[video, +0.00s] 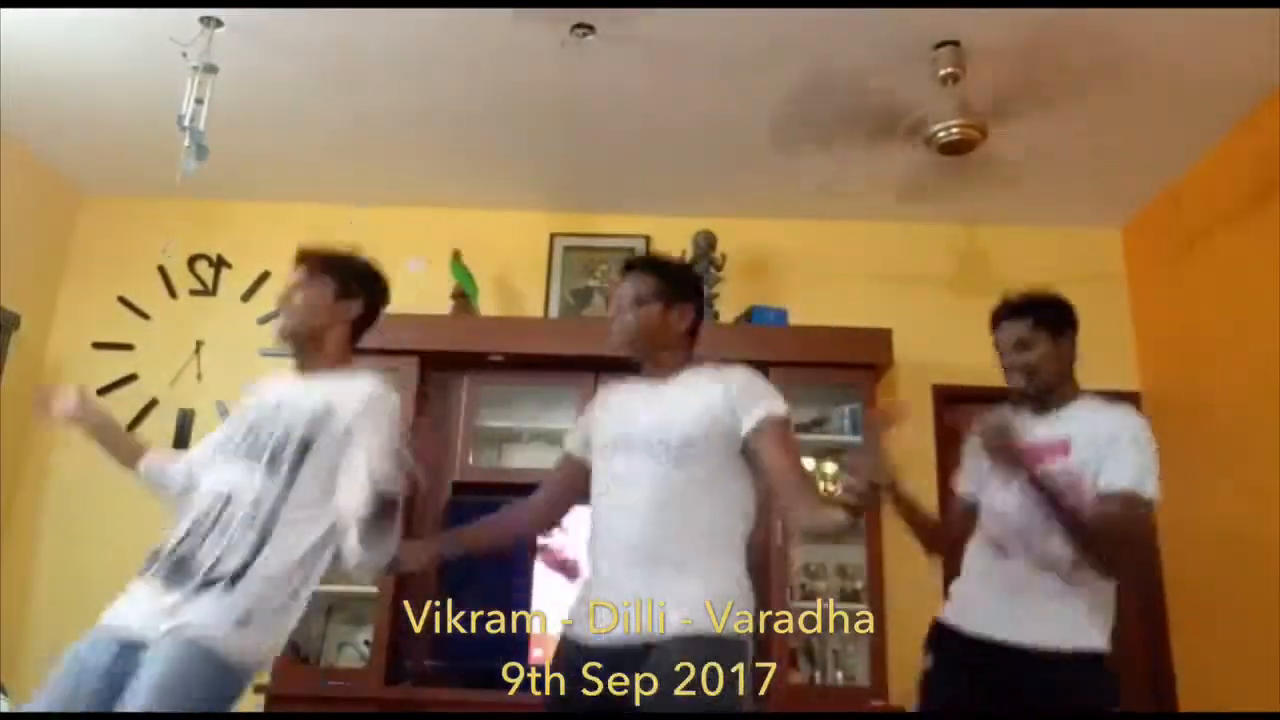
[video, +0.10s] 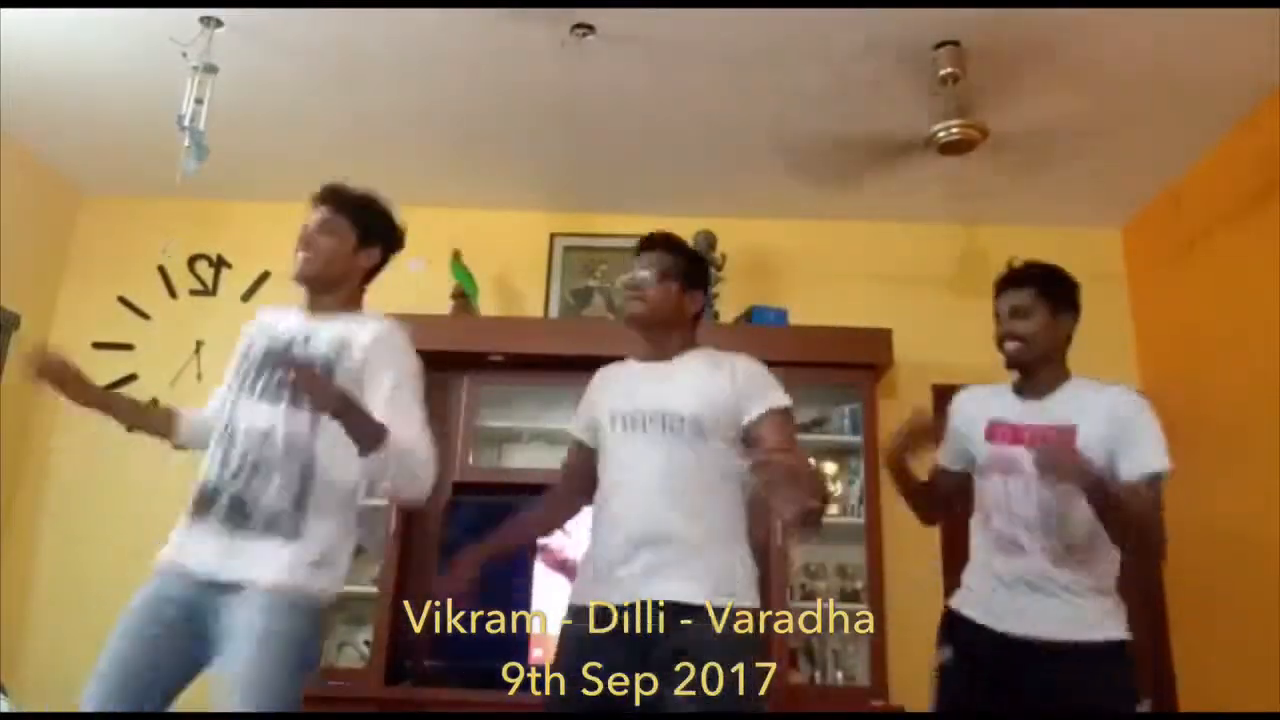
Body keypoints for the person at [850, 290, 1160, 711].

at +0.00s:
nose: (1011, 364)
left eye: (1024, 347)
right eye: (1003, 353)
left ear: (1067, 345)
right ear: (997, 358)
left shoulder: (1119, 427)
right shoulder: (993, 427)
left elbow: (1117, 555)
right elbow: (948, 542)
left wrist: (1025, 469)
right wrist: (892, 492)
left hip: (1064, 658)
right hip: (968, 649)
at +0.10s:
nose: (1005, 329)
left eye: (1021, 315)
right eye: (999, 318)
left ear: (1066, 323)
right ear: (994, 326)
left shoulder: (1119, 411)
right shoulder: (972, 406)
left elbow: (1144, 539)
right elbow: (934, 508)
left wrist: (1085, 477)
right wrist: (898, 465)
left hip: (1082, 640)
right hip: (981, 635)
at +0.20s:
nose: (1013, 346)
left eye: (1030, 333)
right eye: (1008, 336)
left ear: (1074, 351)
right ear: (1002, 347)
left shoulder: (1130, 448)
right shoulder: (965, 440)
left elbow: (1165, 579)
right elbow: (946, 526)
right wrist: (926, 565)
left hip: (1102, 669)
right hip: (998, 664)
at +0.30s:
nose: (1023, 373)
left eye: (1040, 363)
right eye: (1018, 364)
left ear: (1083, 383)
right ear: (1011, 378)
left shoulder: (1137, 487)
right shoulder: (974, 477)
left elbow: (1171, 620)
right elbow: (946, 593)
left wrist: (1162, 701)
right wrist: (941, 690)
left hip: (1102, 690)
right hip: (998, 689)